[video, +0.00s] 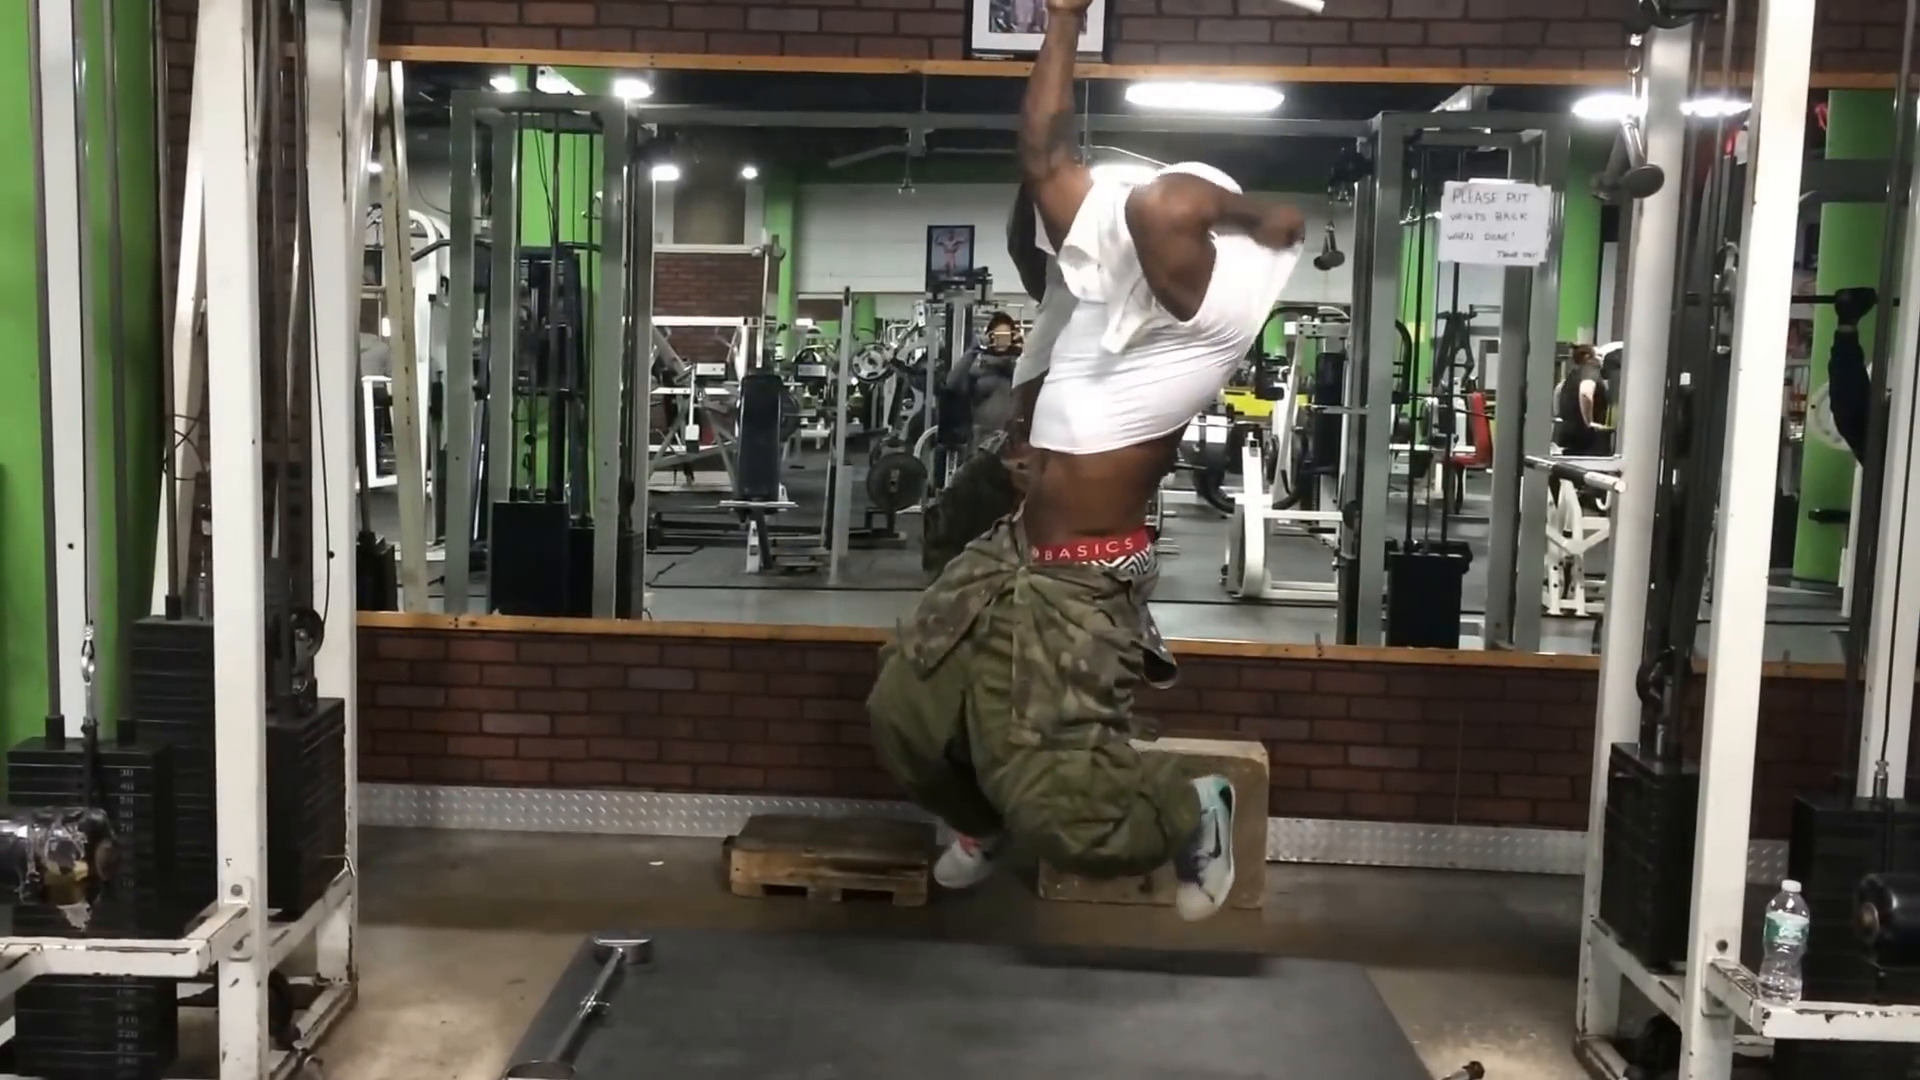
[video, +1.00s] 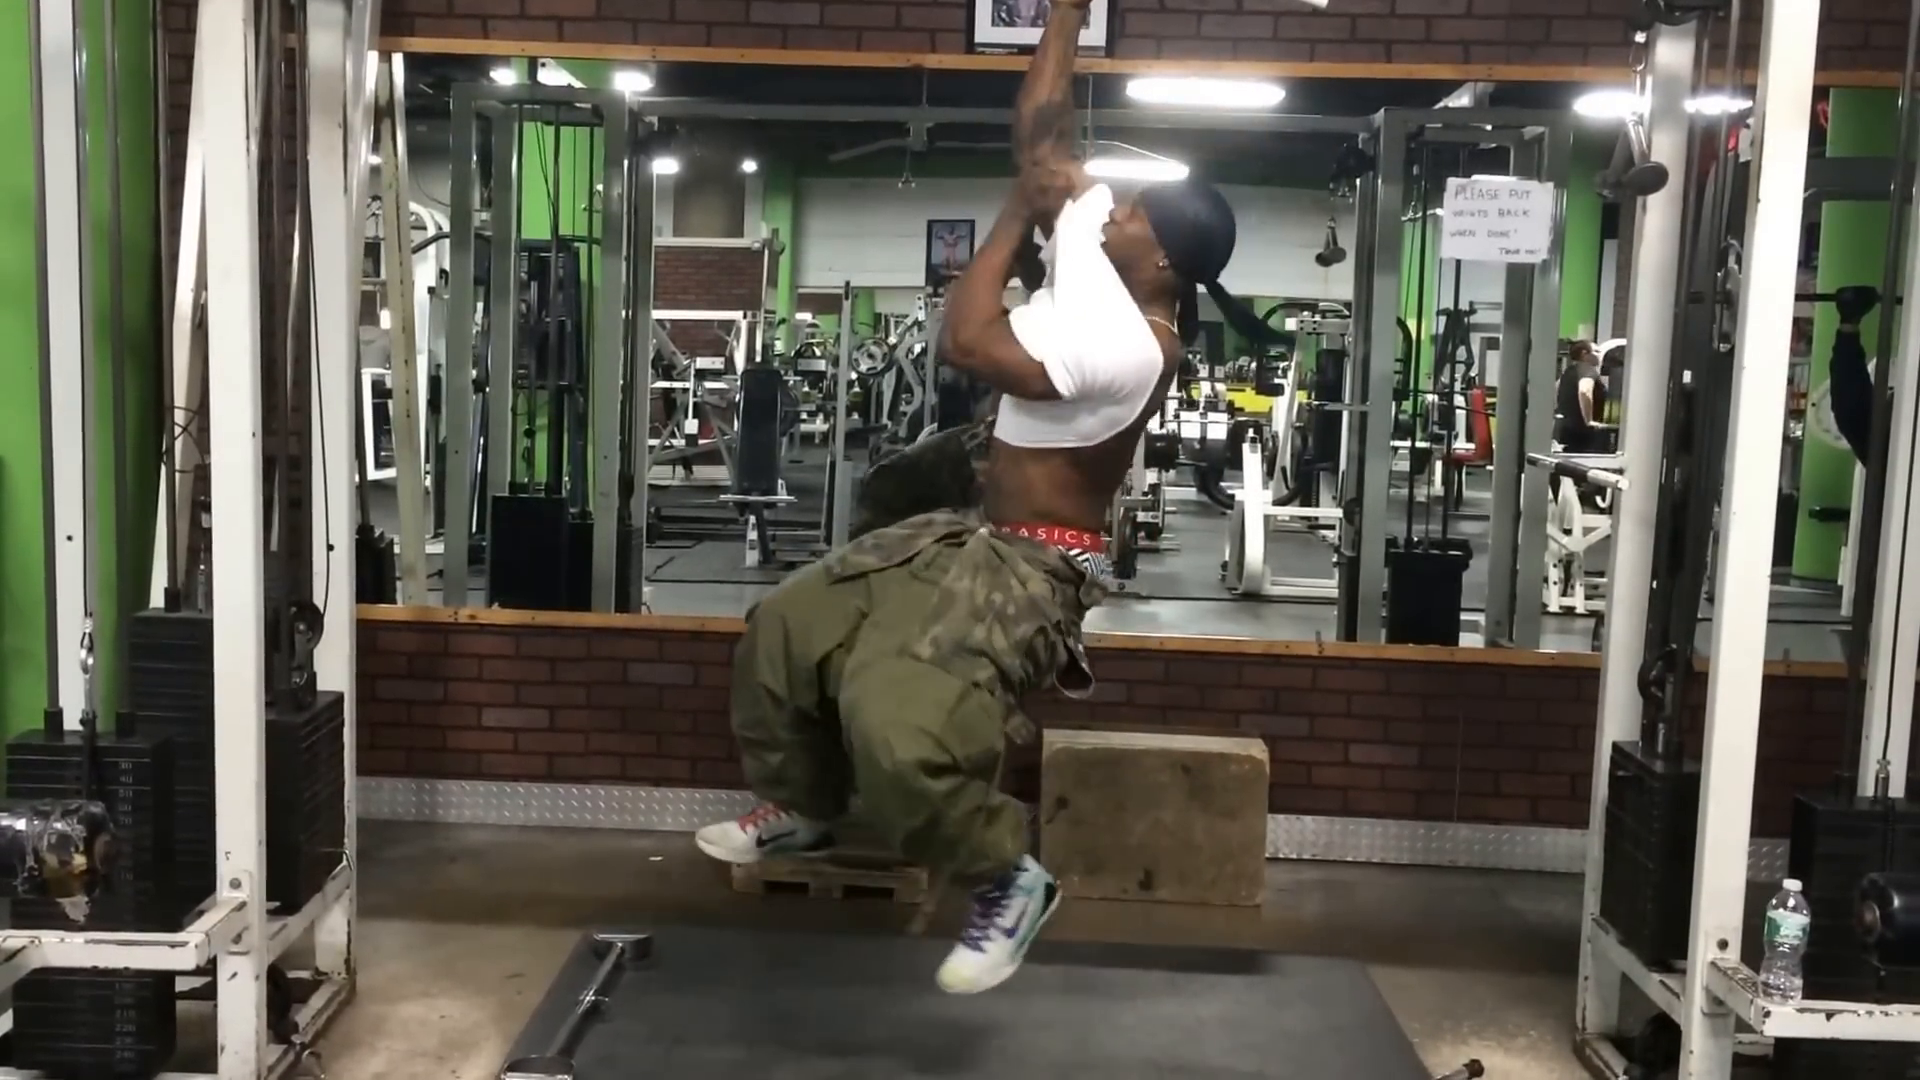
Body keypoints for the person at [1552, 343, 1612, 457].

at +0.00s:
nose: (1601, 359)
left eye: (1600, 355)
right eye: (1598, 356)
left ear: (1583, 359)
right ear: (1588, 358)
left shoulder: (1574, 372)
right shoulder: (1591, 370)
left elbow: (1558, 390)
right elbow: (1585, 394)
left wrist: (1558, 415)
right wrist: (1589, 422)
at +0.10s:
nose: (1600, 359)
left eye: (1599, 355)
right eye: (1597, 355)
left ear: (1586, 358)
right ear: (1587, 358)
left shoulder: (1572, 375)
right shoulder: (1588, 375)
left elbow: (1558, 399)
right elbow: (1584, 400)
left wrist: (1556, 417)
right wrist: (1588, 429)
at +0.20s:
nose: (1601, 358)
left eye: (1599, 355)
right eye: (1597, 355)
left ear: (1585, 358)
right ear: (1586, 358)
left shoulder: (1569, 378)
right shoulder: (1586, 377)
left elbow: (1557, 407)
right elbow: (1584, 405)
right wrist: (1588, 433)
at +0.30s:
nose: (1599, 358)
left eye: (1598, 354)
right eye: (1596, 354)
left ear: (1584, 357)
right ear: (1585, 357)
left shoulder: (1568, 376)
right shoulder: (1585, 376)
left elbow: (1559, 407)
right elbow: (1584, 405)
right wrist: (1588, 431)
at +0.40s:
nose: (1599, 358)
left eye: (1598, 354)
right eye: (1596, 354)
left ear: (1584, 356)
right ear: (1585, 356)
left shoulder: (1567, 374)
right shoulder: (1586, 374)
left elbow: (1557, 398)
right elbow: (1584, 399)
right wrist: (1588, 427)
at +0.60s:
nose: (1600, 358)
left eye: (1600, 354)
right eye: (1597, 353)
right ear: (1586, 356)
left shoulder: (1564, 373)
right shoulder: (1591, 372)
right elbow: (1588, 386)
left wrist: (1558, 409)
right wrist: (1592, 413)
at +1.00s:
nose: (1599, 355)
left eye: (1598, 351)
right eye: (1596, 351)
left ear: (1583, 354)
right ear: (1585, 354)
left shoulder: (1570, 370)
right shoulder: (1588, 370)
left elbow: (1557, 387)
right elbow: (1584, 391)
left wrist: (1560, 409)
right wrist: (1589, 420)